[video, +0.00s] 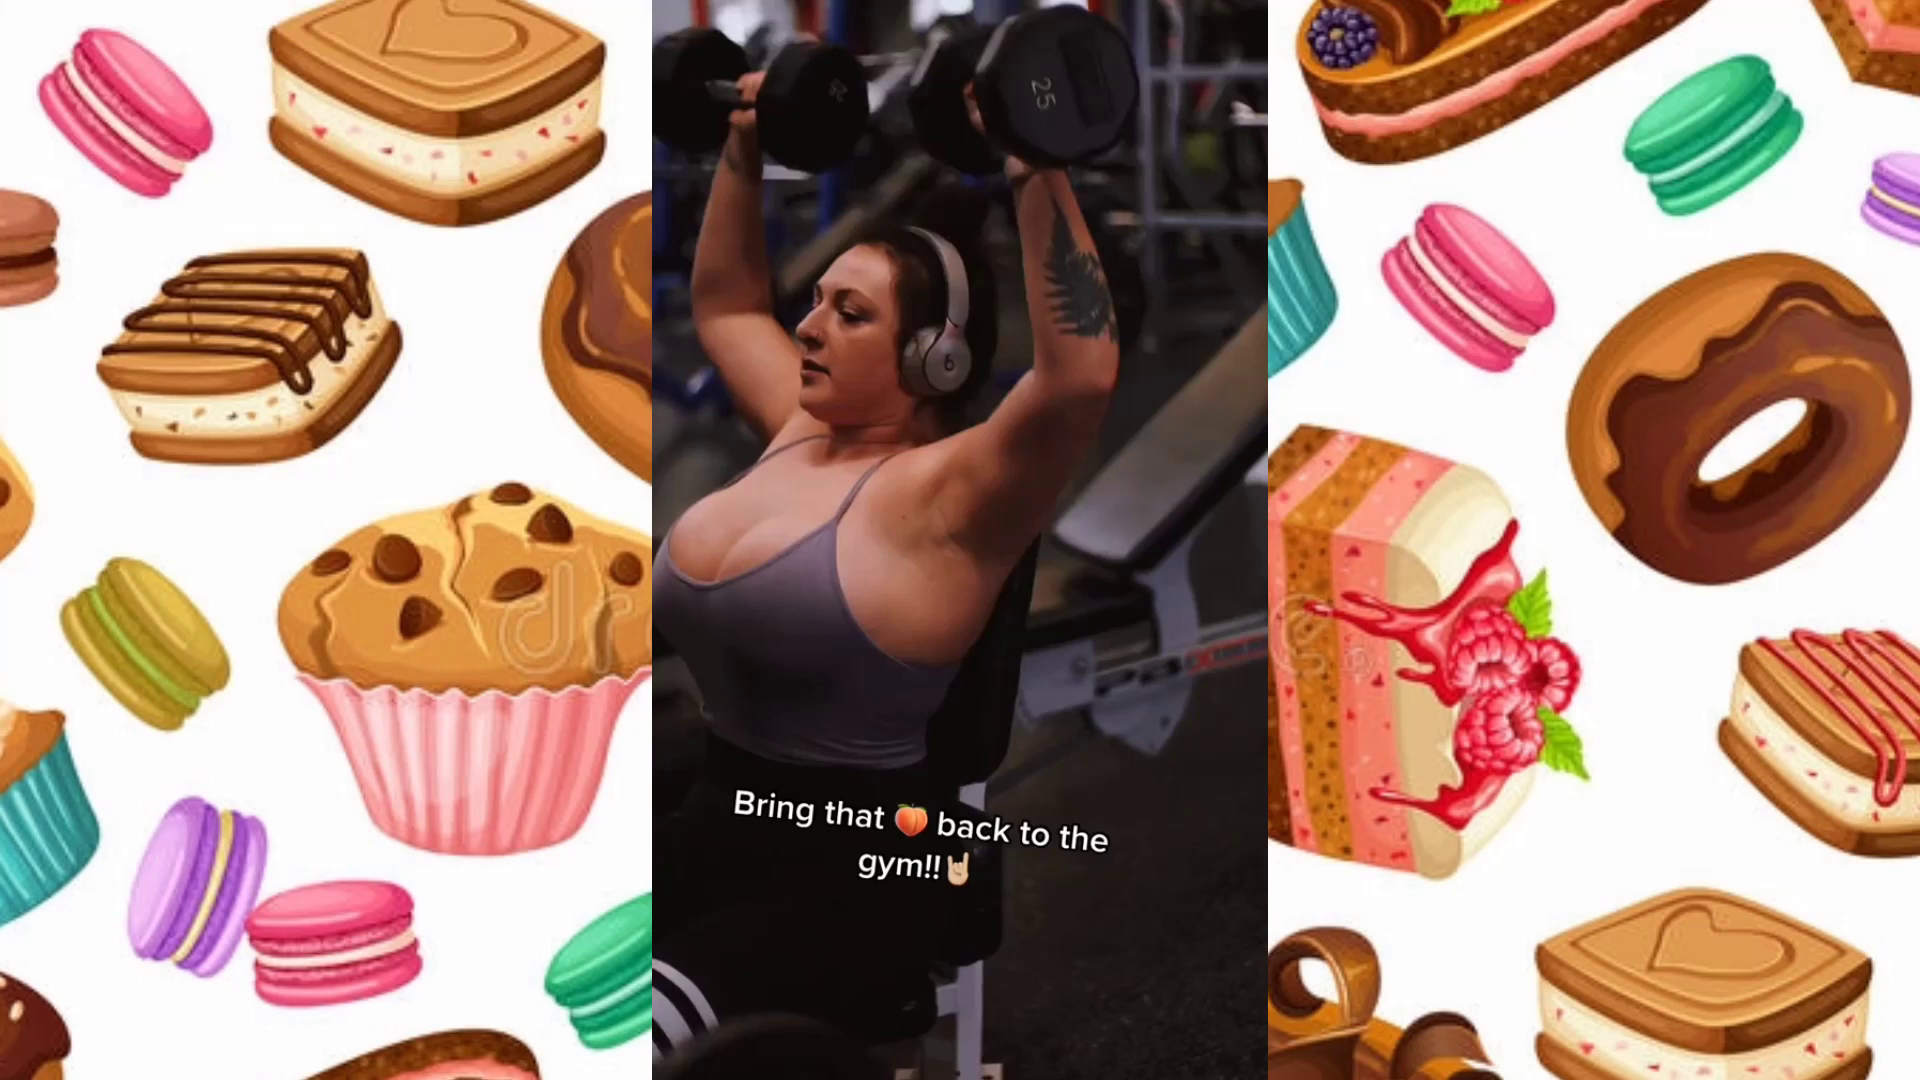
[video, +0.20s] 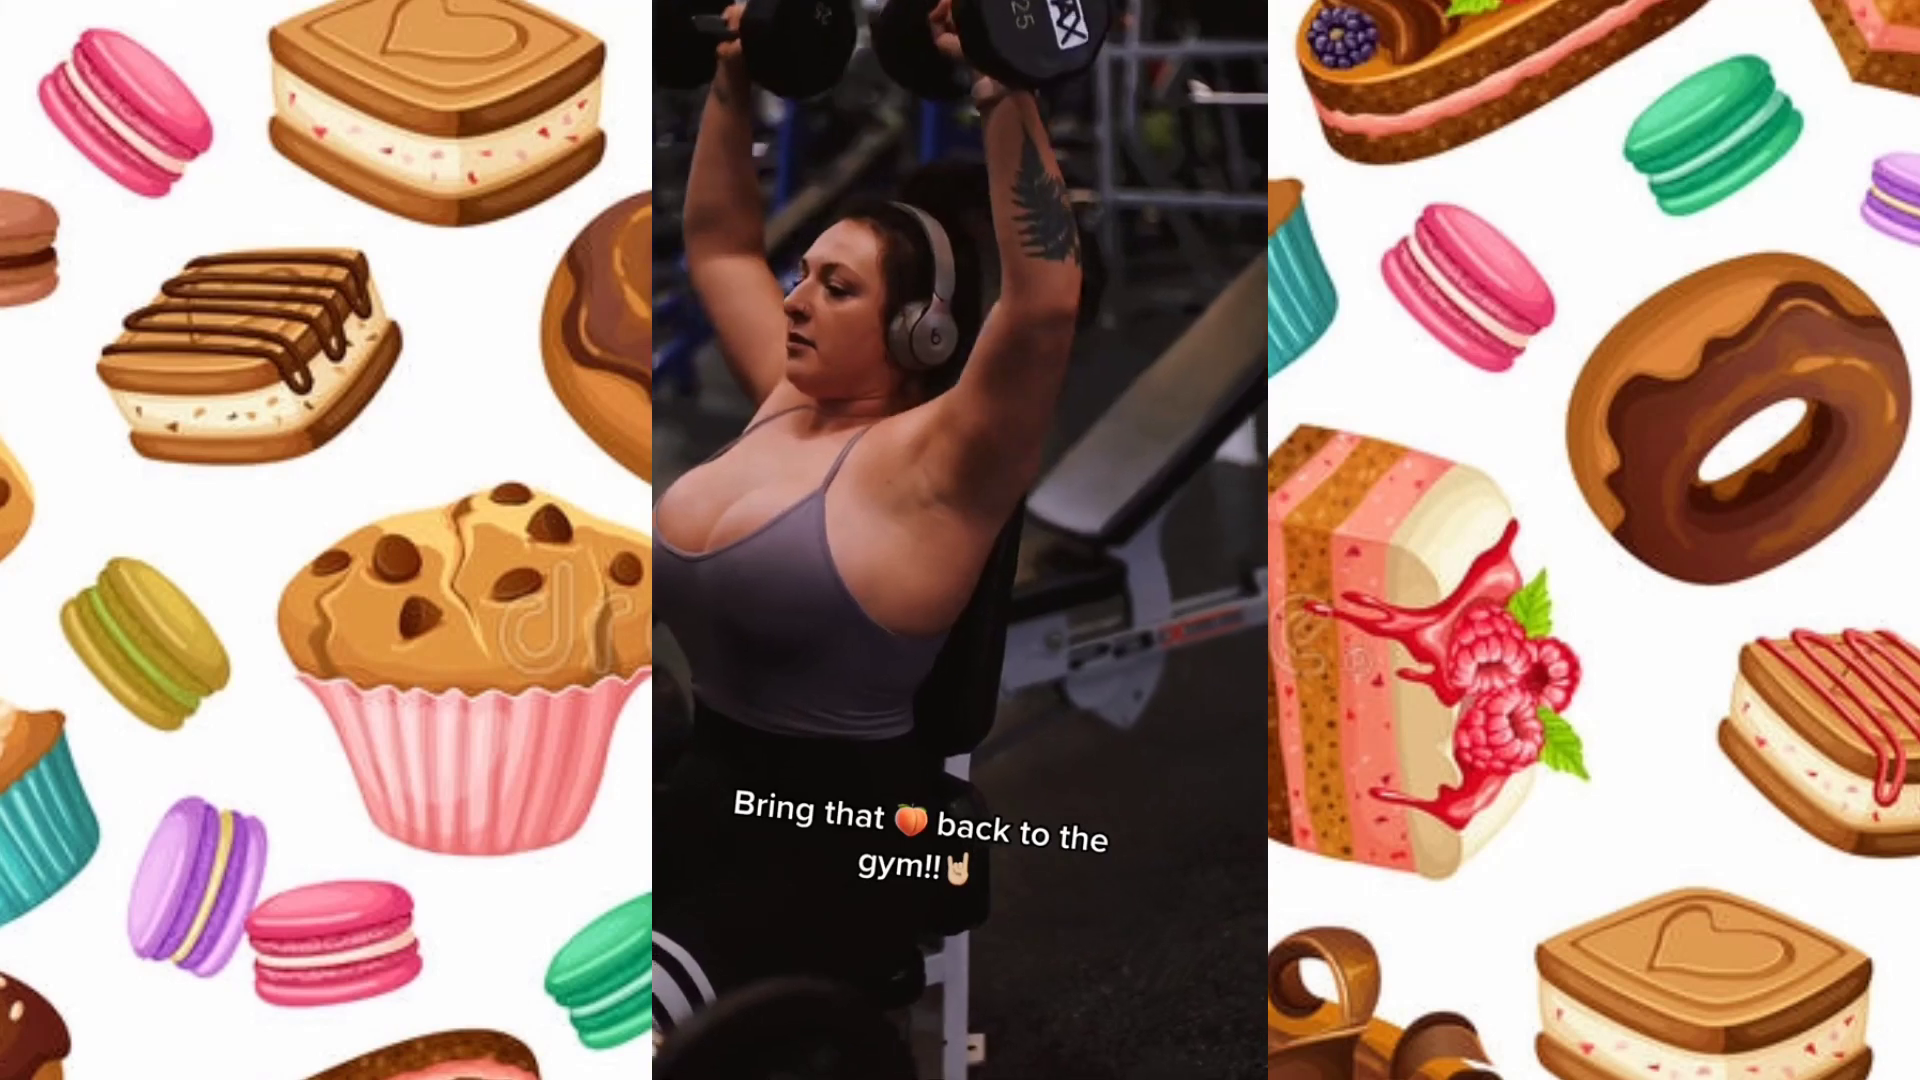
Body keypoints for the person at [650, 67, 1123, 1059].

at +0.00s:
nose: (811, 325)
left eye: (849, 311)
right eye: (818, 302)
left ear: (928, 355)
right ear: (806, 310)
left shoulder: (952, 497)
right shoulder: (801, 430)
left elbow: (1078, 377)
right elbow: (729, 306)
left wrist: (1033, 162)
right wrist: (742, 153)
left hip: (855, 875)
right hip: (725, 832)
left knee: (599, 1020)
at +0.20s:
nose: (798, 305)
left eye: (837, 288)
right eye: (804, 280)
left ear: (913, 329)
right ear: (791, 296)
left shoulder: (939, 465)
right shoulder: (790, 399)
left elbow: (1043, 303)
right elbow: (722, 244)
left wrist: (1005, 89)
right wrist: (731, 84)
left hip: (833, 857)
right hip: (707, 805)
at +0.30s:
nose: (785, 310)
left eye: (825, 293)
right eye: (792, 284)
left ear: (899, 332)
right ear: (780, 298)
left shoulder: (931, 461)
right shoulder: (775, 405)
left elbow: (996, 272)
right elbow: (721, 224)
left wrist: (971, 63)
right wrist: (724, 45)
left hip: (827, 852)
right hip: (699, 815)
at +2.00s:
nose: (839, 332)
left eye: (874, 316)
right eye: (836, 312)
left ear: (951, 351)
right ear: (826, 332)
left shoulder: (984, 485)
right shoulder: (801, 436)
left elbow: (1125, 381)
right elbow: (697, 333)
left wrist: (1082, 182)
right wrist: (720, 191)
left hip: (904, 851)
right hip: (756, 826)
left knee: (720, 1046)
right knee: (551, 944)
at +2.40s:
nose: (843, 340)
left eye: (880, 323)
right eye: (840, 320)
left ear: (950, 359)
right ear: (825, 337)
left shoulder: (987, 493)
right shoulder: (802, 457)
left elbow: (1176, 533)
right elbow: (694, 449)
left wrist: (1148, 346)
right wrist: (707, 316)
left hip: (909, 840)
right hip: (762, 817)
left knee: (742, 1031)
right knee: (562, 919)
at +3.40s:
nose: (900, 386)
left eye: (932, 373)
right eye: (896, 369)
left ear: (992, 410)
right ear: (884, 390)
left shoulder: (1021, 515)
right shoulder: (852, 481)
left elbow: (1118, 379)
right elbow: (766, 351)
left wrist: (1072, 218)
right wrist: (775, 208)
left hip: (958, 841)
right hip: (822, 823)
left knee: (827, 1013)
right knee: (612, 935)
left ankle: (927, 1055)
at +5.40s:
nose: (857, 429)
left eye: (889, 414)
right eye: (852, 412)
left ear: (954, 445)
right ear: (838, 429)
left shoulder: (985, 566)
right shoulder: (812, 531)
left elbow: (1150, 528)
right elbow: (710, 485)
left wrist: (1096, 369)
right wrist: (736, 358)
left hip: (921, 879)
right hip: (783, 860)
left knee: (790, 1045)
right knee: (596, 972)